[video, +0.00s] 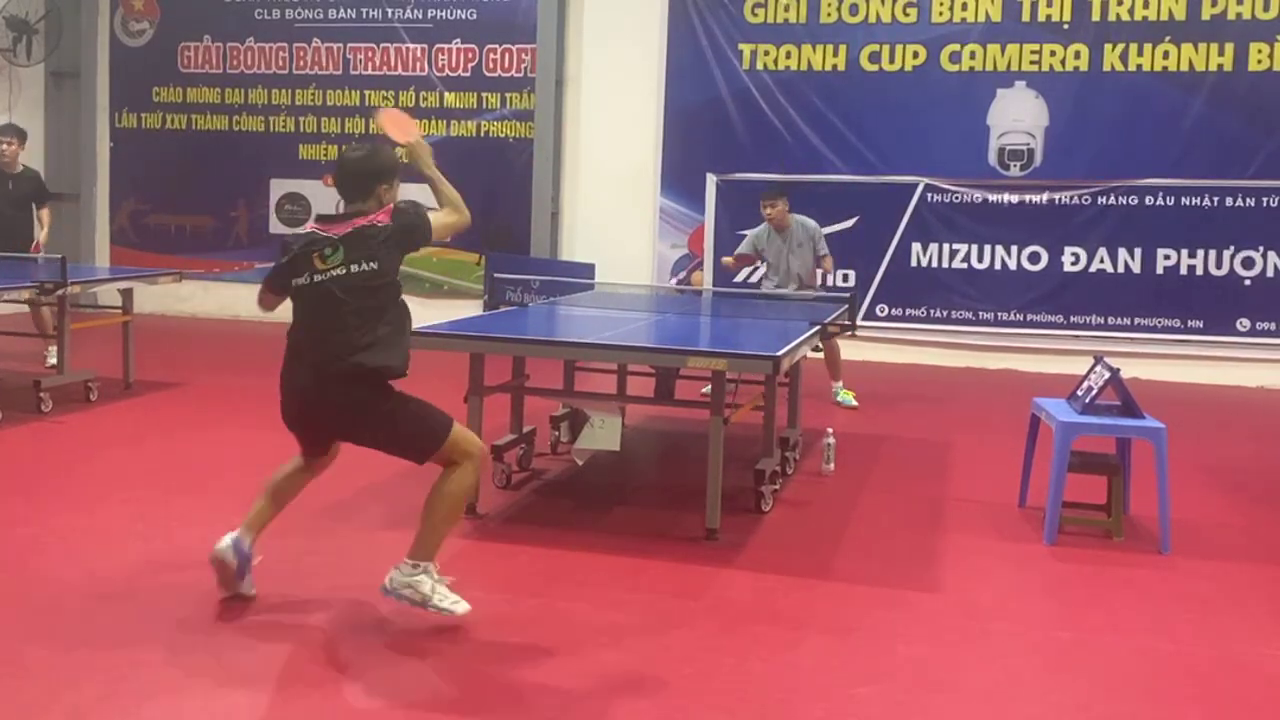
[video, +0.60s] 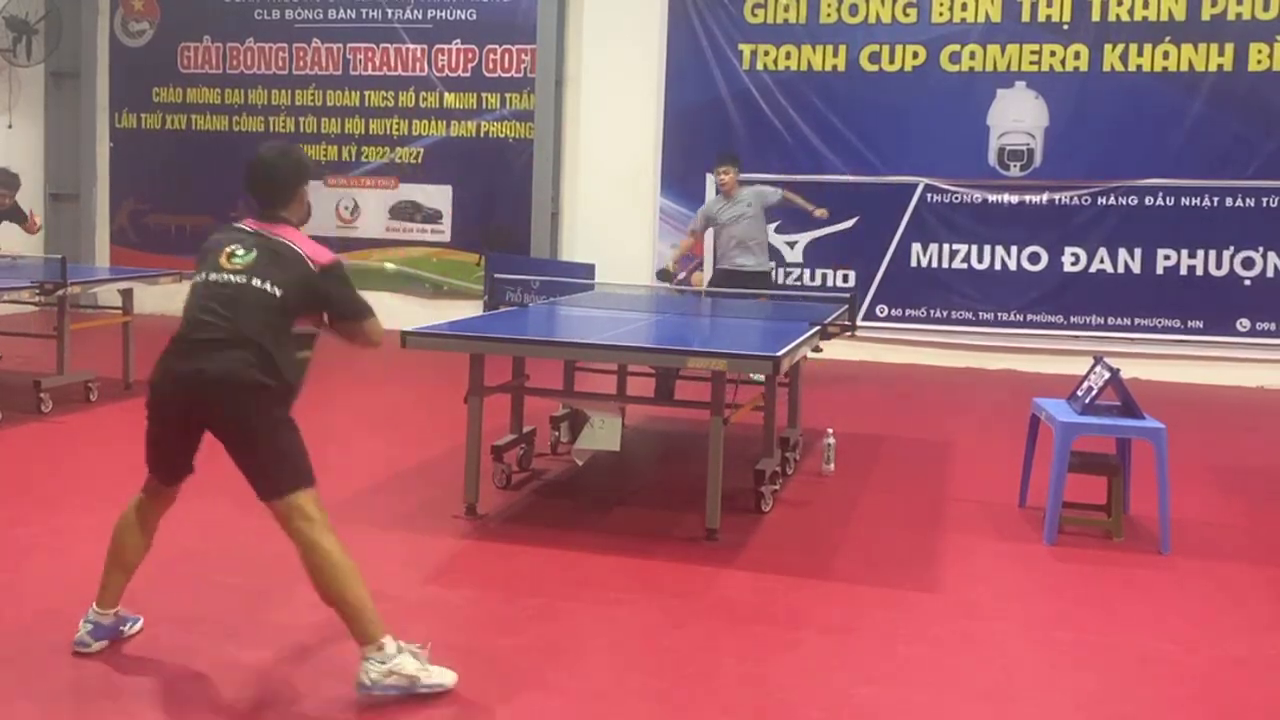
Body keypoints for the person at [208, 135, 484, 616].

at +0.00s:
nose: (397, 194)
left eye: (395, 185)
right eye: (393, 186)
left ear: (339, 190)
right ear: (383, 190)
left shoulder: (307, 243)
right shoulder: (393, 226)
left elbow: (266, 302)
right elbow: (459, 215)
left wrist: (310, 269)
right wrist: (427, 167)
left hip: (298, 395)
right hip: (357, 395)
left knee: (317, 455)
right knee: (469, 454)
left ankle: (241, 541)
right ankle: (416, 569)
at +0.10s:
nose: (388, 201)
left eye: (386, 192)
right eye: (386, 194)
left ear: (333, 200)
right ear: (374, 201)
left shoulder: (284, 261)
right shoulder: (387, 253)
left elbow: (252, 336)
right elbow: (466, 281)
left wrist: (300, 309)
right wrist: (461, 227)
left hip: (299, 411)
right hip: (368, 413)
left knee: (286, 487)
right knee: (459, 497)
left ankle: (223, 586)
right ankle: (462, 609)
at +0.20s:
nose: (399, 203)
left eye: (399, 195)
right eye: (399, 196)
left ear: (339, 193)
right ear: (392, 199)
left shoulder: (298, 252)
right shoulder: (397, 263)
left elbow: (259, 334)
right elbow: (458, 331)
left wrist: (313, 313)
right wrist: (477, 291)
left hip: (280, 399)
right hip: (349, 405)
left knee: (264, 473)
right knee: (439, 498)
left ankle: (214, 584)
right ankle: (460, 632)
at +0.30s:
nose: (413, 205)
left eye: (410, 196)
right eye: (413, 197)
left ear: (356, 196)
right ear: (405, 204)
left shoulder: (308, 243)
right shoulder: (399, 269)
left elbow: (286, 311)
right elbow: (433, 361)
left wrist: (360, 331)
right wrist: (471, 355)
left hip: (249, 387)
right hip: (315, 397)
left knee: (255, 479)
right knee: (406, 499)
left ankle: (162, 581)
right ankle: (423, 636)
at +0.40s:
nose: (404, 223)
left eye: (404, 214)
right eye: (404, 215)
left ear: (345, 218)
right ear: (396, 223)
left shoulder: (305, 262)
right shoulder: (387, 297)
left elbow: (307, 342)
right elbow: (400, 385)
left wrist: (398, 386)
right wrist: (425, 398)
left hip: (237, 406)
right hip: (298, 417)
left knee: (231, 510)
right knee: (394, 522)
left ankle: (119, 599)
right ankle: (398, 669)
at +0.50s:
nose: (358, 227)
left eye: (357, 218)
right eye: (356, 219)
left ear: (298, 221)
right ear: (346, 227)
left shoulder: (260, 270)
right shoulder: (347, 294)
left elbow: (253, 347)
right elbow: (379, 390)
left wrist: (334, 380)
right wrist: (348, 392)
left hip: (215, 417)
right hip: (291, 428)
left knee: (185, 513)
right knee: (380, 529)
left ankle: (100, 619)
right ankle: (397, 669)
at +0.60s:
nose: (310, 199)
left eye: (309, 190)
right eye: (308, 191)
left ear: (252, 196)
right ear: (299, 199)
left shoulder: (220, 238)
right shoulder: (315, 258)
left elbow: (240, 295)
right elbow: (369, 334)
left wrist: (309, 306)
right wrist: (318, 309)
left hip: (176, 379)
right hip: (246, 387)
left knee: (154, 493)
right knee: (305, 521)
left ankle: (100, 616)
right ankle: (381, 654)